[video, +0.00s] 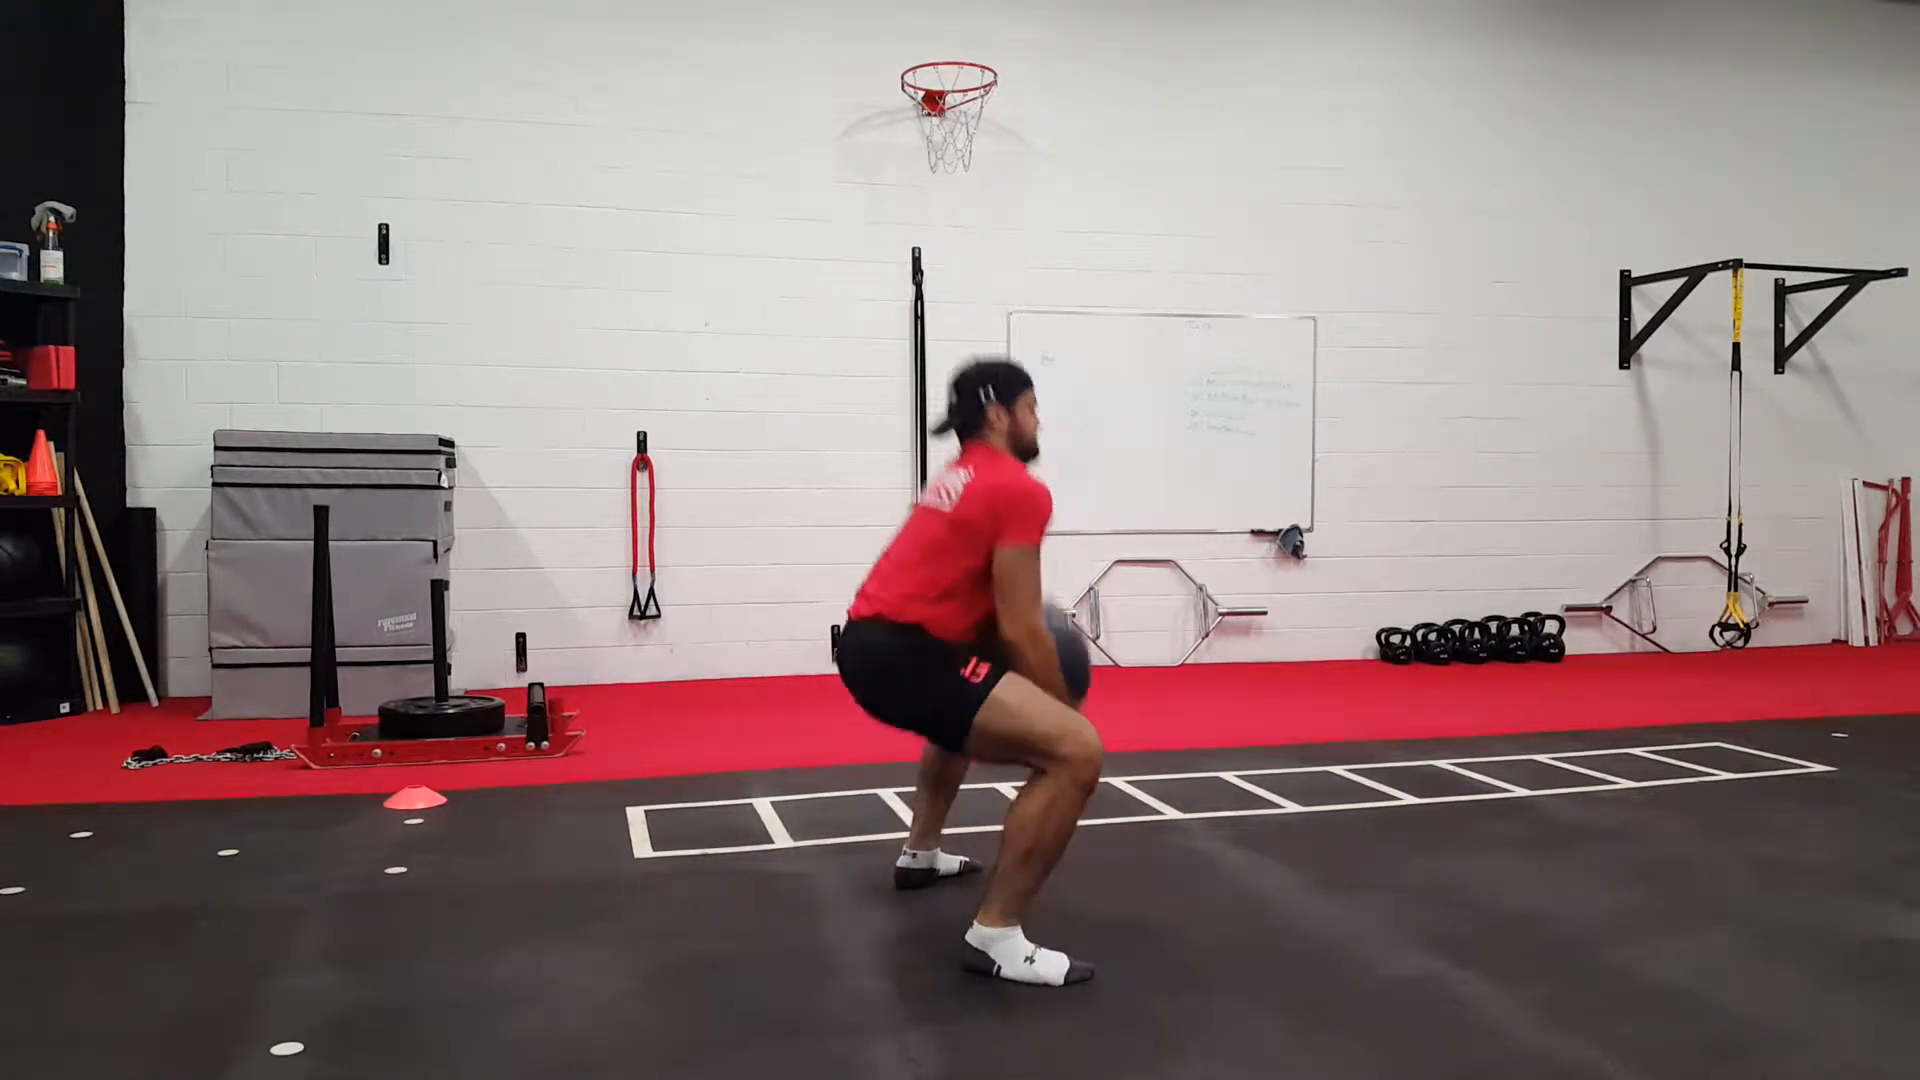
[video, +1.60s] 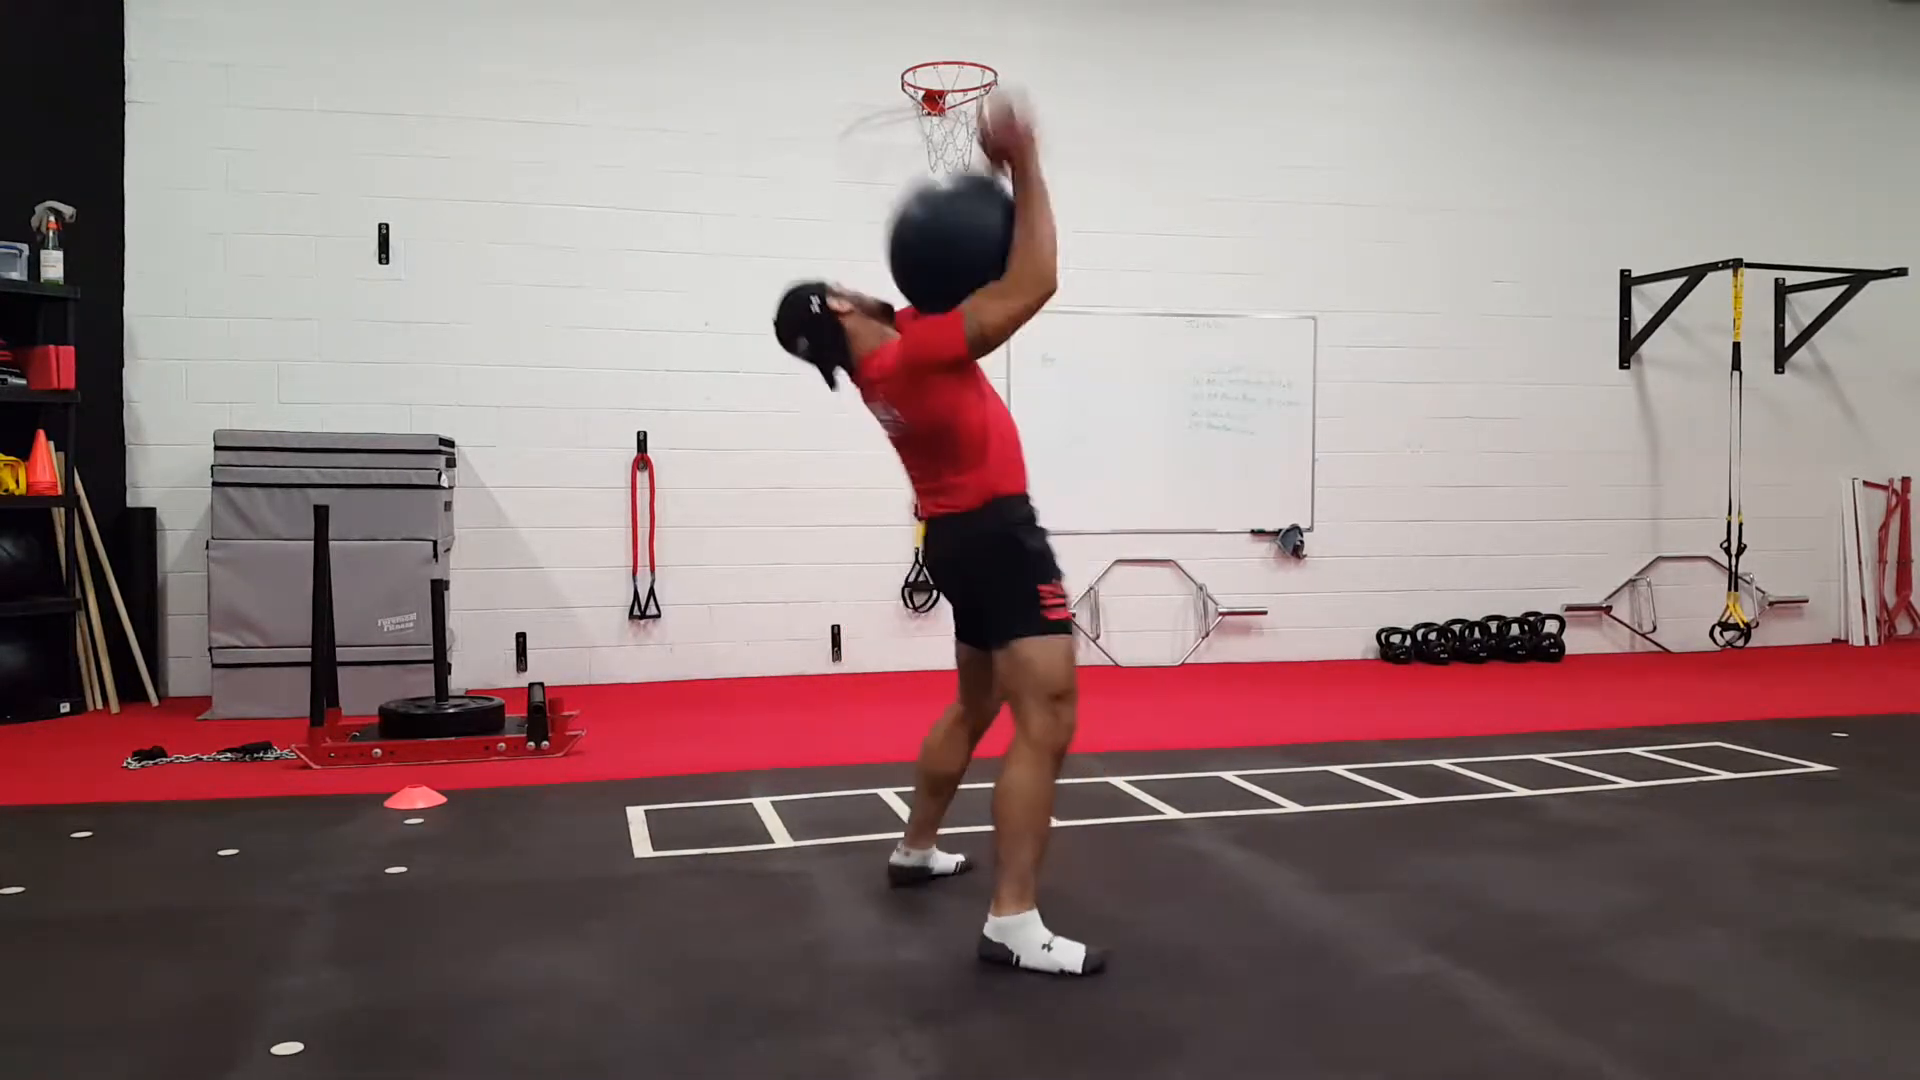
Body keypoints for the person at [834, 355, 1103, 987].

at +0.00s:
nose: (1038, 420)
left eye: (1035, 407)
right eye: (1031, 408)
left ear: (985, 417)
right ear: (998, 415)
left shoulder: (957, 474)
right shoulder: (1017, 490)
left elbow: (969, 611)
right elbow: (1021, 627)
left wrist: (1033, 659)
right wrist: (1060, 714)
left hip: (866, 641)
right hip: (905, 652)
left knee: (980, 698)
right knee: (1076, 755)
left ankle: (922, 849)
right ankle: (997, 931)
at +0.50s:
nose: (1010, 515)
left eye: (1004, 503)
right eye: (1000, 505)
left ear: (961, 524)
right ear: (969, 522)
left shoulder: (927, 578)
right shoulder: (988, 610)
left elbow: (963, 675)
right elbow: (1088, 714)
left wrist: (1032, 653)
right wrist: (1125, 700)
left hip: (878, 765)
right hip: (917, 779)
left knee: (1001, 708)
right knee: (1102, 764)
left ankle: (924, 853)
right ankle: (1012, 928)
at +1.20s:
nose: (989, 393)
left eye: (983, 381)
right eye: (979, 382)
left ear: (935, 402)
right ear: (950, 397)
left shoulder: (916, 469)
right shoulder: (972, 485)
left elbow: (959, 568)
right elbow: (1046, 601)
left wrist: (1048, 602)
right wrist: (1095, 619)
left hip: (872, 647)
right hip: (918, 654)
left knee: (979, 719)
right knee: (1089, 752)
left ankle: (923, 850)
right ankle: (1011, 927)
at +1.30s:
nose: (953, 339)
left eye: (945, 326)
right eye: (940, 329)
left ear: (902, 353)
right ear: (910, 348)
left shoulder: (897, 427)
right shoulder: (951, 434)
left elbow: (967, 529)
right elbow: (1037, 543)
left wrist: (1050, 534)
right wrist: (1092, 545)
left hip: (890, 609)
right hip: (933, 612)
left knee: (992, 711)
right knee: (1083, 745)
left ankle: (923, 851)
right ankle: (1011, 927)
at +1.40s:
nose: (901, 287)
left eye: (889, 277)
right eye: (885, 280)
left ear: (855, 317)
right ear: (865, 305)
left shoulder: (875, 386)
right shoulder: (920, 382)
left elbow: (979, 452)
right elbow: (1033, 458)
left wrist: (1024, 422)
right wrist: (1084, 432)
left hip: (915, 564)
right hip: (953, 560)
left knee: (990, 703)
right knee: (1061, 729)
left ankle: (926, 845)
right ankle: (1010, 922)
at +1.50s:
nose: (861, 268)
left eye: (845, 261)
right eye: (845, 264)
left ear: (826, 303)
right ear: (836, 287)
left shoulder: (865, 359)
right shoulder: (892, 347)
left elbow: (992, 360)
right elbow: (1029, 350)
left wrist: (1007, 310)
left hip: (943, 537)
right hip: (978, 530)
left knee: (989, 692)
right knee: (1047, 711)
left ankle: (933, 833)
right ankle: (1014, 910)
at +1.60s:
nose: (851, 286)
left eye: (840, 287)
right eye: (839, 289)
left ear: (827, 327)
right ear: (839, 312)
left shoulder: (880, 362)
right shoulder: (912, 353)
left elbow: (992, 300)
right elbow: (1031, 285)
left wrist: (996, 196)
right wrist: (1026, 169)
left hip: (957, 535)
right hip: (1000, 531)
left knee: (973, 704)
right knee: (1046, 722)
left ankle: (915, 846)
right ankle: (1013, 919)